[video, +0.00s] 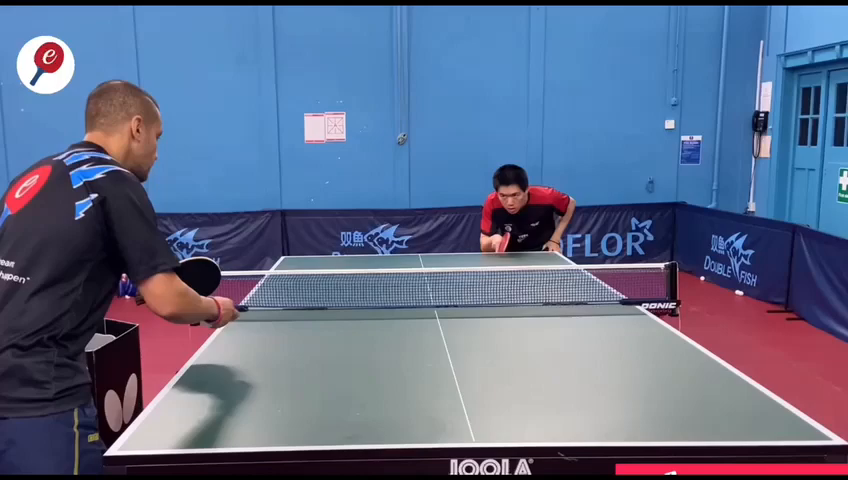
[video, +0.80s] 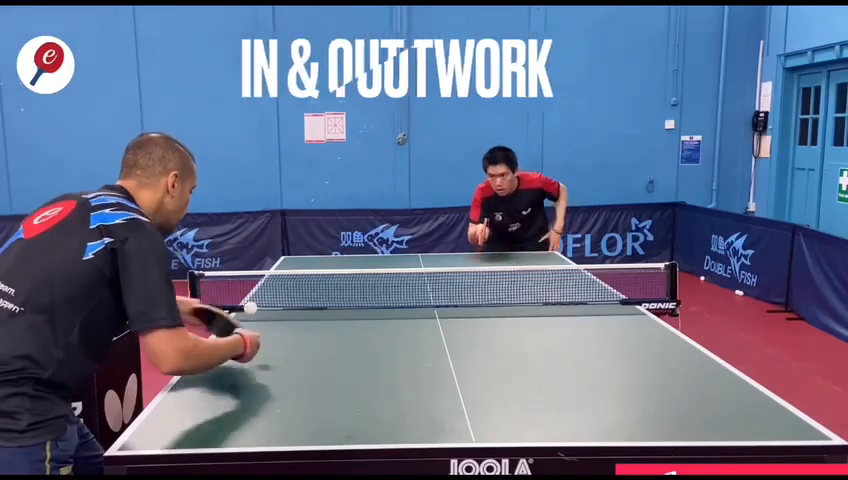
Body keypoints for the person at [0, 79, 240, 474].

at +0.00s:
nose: (157, 152)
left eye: (159, 139)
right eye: (157, 138)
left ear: (92, 126)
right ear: (135, 129)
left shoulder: (35, 175)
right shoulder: (114, 183)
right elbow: (167, 300)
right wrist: (212, 308)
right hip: (44, 404)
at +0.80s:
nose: (187, 209)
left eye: (192, 195)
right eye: (191, 194)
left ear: (128, 174)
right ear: (171, 185)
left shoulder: (64, 207)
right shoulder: (137, 233)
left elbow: (87, 296)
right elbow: (171, 356)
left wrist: (172, 305)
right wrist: (236, 344)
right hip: (23, 418)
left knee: (91, 464)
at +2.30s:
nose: (159, 180)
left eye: (164, 167)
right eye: (162, 166)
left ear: (95, 147)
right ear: (141, 155)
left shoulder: (29, 189)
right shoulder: (127, 215)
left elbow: (47, 280)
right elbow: (198, 314)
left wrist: (137, 300)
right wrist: (240, 305)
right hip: (21, 427)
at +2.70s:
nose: (173, 213)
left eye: (178, 199)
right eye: (178, 197)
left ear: (115, 176)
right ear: (162, 186)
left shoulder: (52, 211)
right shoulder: (128, 237)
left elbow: (94, 294)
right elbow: (183, 360)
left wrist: (178, 308)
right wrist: (231, 351)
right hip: (18, 425)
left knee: (89, 469)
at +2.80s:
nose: (171, 203)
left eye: (176, 190)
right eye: (175, 189)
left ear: (111, 172)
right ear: (159, 181)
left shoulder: (65, 207)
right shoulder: (119, 232)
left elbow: (127, 275)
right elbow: (173, 356)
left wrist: (201, 287)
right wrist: (226, 341)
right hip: (14, 418)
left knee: (88, 469)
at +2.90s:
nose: (167, 187)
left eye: (170, 175)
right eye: (169, 174)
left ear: (105, 159)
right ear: (154, 169)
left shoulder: (55, 198)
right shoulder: (112, 225)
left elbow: (115, 268)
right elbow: (163, 354)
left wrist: (198, 277)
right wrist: (219, 337)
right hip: (18, 426)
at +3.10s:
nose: (141, 156)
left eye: (143, 143)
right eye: (142, 143)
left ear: (70, 136)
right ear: (125, 141)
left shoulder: (18, 187)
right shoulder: (92, 219)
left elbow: (54, 283)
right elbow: (135, 351)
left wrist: (147, 295)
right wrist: (194, 344)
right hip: (26, 442)